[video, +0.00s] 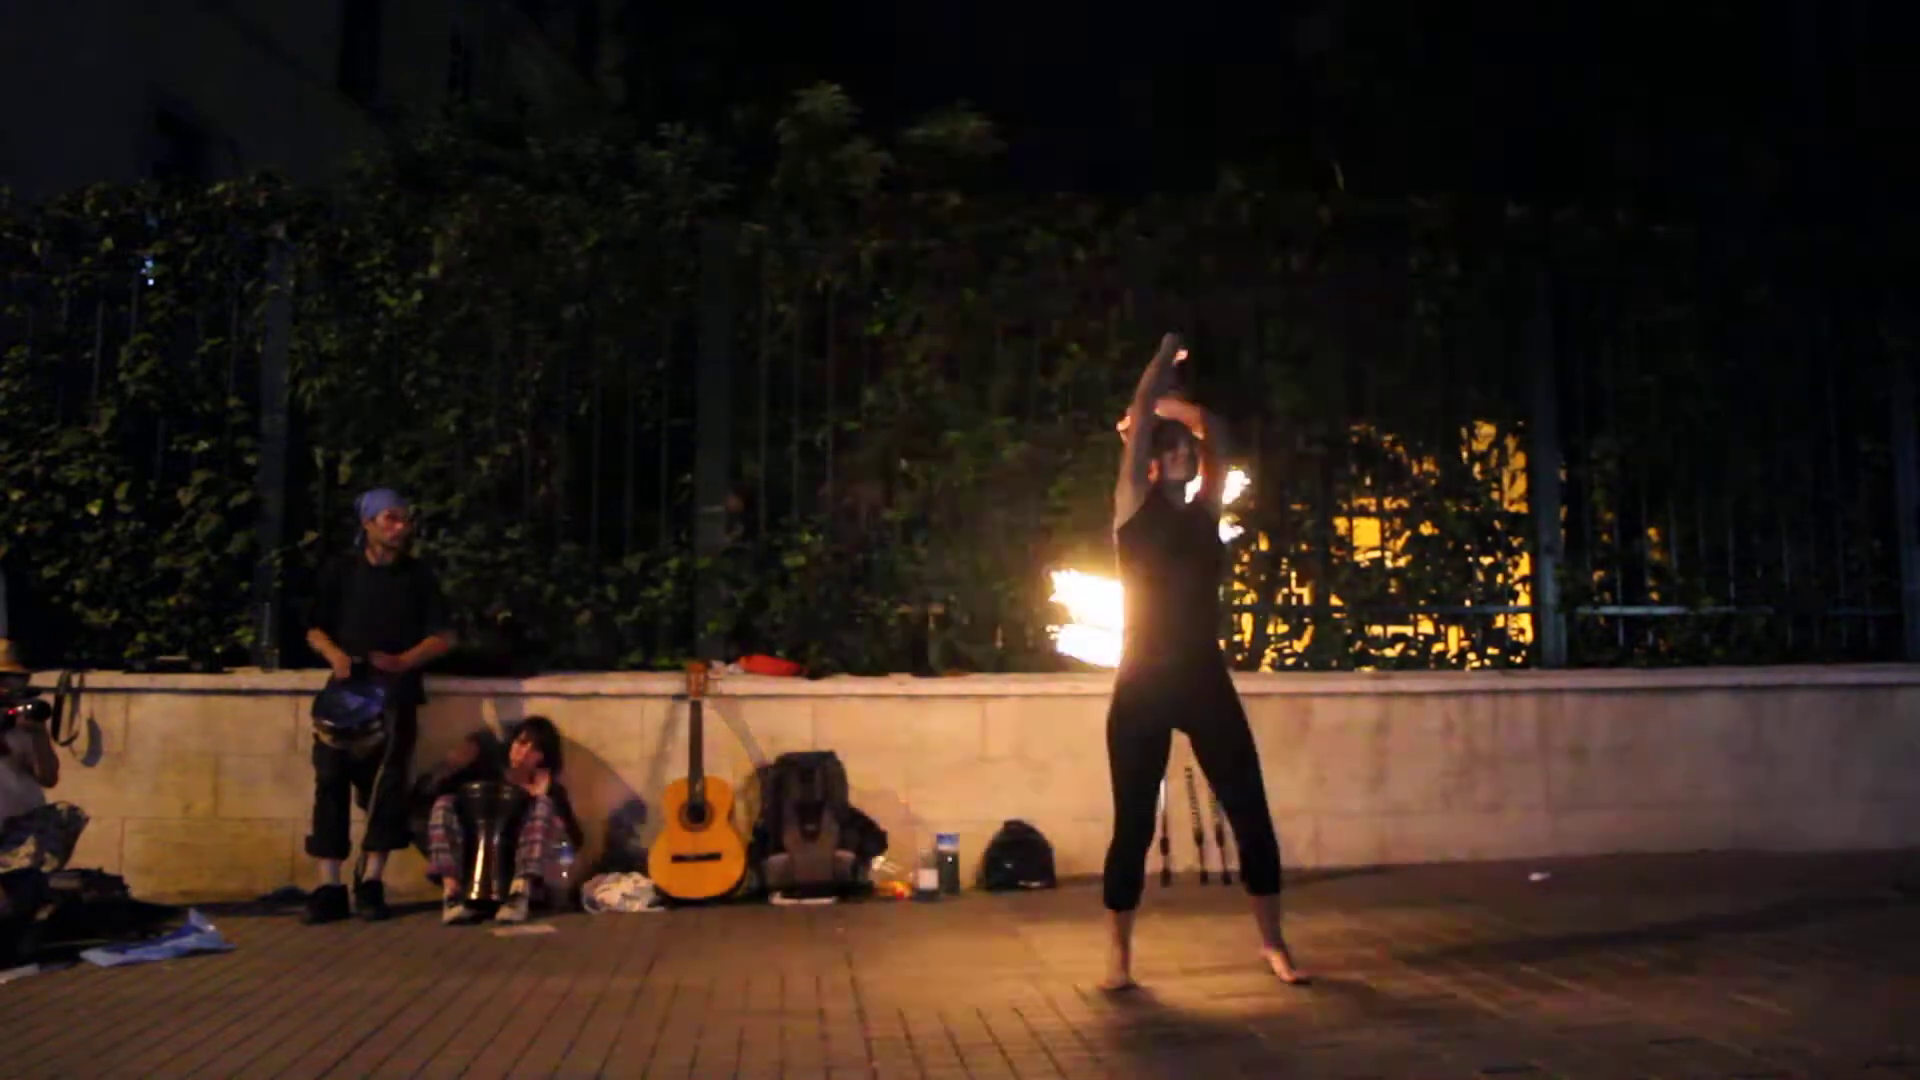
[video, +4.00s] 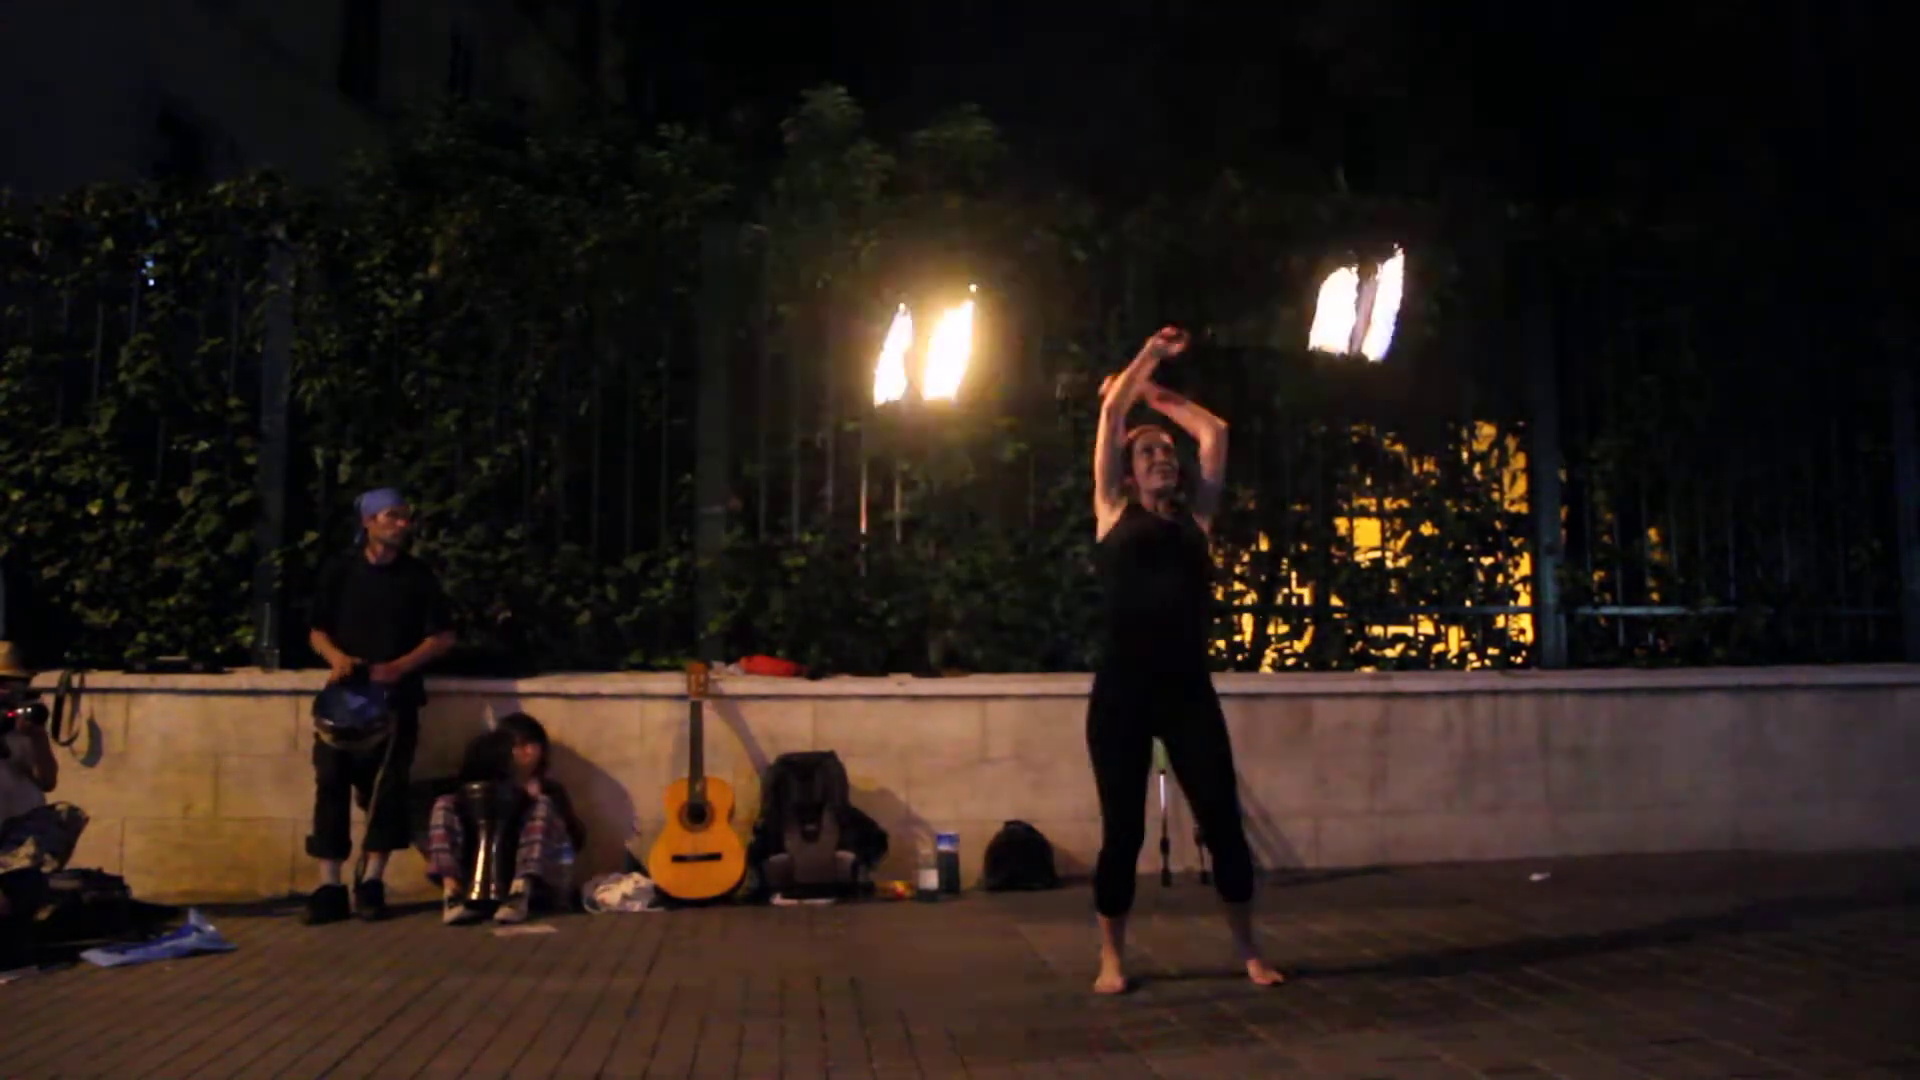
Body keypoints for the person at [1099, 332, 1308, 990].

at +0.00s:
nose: (1174, 457)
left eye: (1182, 447)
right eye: (1163, 448)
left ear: (1194, 459)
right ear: (1143, 459)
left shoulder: (1203, 511)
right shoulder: (1133, 508)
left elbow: (1212, 436)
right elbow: (1140, 422)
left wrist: (1155, 405)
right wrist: (1163, 359)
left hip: (1206, 680)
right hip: (1144, 683)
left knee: (1251, 815)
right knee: (1134, 824)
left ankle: (1273, 944)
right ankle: (1120, 955)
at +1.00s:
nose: (1178, 426)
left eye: (1184, 420)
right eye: (1165, 421)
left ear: (1197, 436)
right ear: (1140, 443)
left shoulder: (1218, 490)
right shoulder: (1129, 493)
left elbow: (1266, 422)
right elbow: (1076, 422)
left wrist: (1304, 360)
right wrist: (1024, 346)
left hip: (1212, 664)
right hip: (1146, 666)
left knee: (1236, 797)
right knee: (1126, 802)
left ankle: (1264, 934)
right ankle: (1098, 940)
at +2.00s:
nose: (1119, 456)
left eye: (1127, 448)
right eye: (1109, 450)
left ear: (1143, 460)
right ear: (1094, 464)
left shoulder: (1162, 511)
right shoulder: (1085, 512)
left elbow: (1165, 429)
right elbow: (1070, 420)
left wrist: (1120, 411)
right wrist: (1089, 373)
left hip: (1165, 675)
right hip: (1101, 679)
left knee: (1211, 804)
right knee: (1104, 817)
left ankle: (1245, 929)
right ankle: (1099, 943)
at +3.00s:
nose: (1258, 423)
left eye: (1263, 416)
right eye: (1245, 419)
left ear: (1277, 433)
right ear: (1223, 439)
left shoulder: (1304, 494)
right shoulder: (1213, 490)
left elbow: (1351, 430)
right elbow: (1141, 430)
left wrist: (1388, 371)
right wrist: (1071, 360)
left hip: (1275, 671)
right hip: (1212, 666)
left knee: (1259, 810)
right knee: (1180, 792)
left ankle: (1240, 947)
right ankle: (1142, 888)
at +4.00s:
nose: (1161, 462)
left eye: (1168, 455)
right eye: (1148, 456)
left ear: (1181, 468)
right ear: (1131, 469)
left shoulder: (1196, 520)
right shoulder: (1114, 514)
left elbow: (1214, 432)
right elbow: (1113, 406)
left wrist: (1154, 391)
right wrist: (1152, 351)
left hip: (1189, 690)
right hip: (1122, 692)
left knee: (1223, 821)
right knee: (1122, 830)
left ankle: (1247, 952)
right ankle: (1111, 956)